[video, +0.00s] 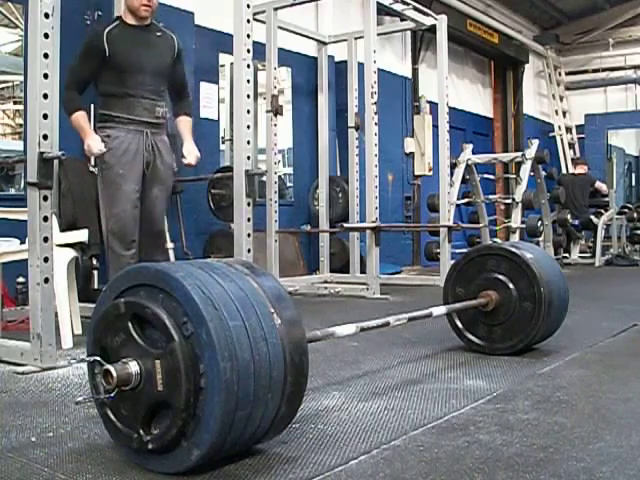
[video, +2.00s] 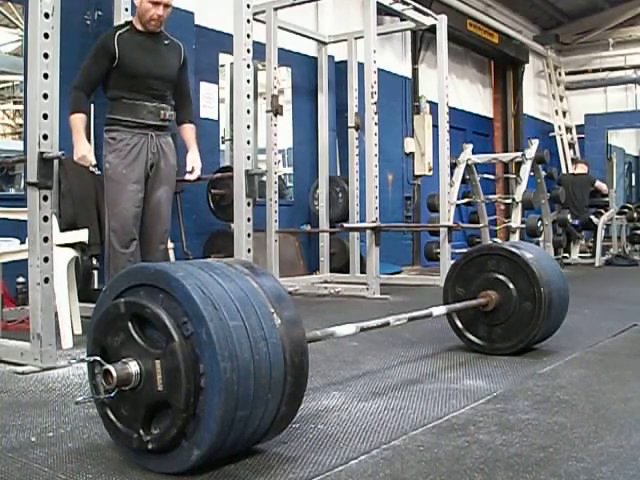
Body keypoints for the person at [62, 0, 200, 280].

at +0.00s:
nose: (148, 2)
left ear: (156, 3)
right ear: (126, 0)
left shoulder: (169, 42)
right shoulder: (104, 36)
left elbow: (180, 96)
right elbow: (71, 90)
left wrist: (187, 139)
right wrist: (87, 134)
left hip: (160, 139)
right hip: (118, 137)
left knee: (156, 228)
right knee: (122, 228)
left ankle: (160, 303)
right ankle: (122, 306)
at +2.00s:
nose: (159, 12)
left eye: (166, 6)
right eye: (153, 4)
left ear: (170, 10)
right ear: (137, 3)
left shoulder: (176, 50)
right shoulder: (114, 40)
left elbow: (183, 106)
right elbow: (80, 92)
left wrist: (192, 149)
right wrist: (80, 141)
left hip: (164, 143)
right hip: (123, 141)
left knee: (158, 232)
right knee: (124, 229)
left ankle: (157, 304)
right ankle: (122, 304)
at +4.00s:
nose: (139, 0)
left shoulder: (161, 27)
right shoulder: (92, 22)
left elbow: (173, 83)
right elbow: (54, 73)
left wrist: (187, 131)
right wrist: (57, 129)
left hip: (152, 134)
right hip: (106, 133)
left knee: (157, 224)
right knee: (108, 227)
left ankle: (148, 310)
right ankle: (107, 317)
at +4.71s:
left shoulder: (211, 23)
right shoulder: (136, 11)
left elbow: (220, 80)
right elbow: (90, 67)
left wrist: (238, 136)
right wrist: (83, 133)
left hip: (186, 128)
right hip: (143, 123)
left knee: (181, 217)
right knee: (166, 207)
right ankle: (144, 294)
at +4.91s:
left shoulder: (238, 17)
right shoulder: (160, 8)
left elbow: (249, 80)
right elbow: (111, 66)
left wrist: (273, 136)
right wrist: (107, 135)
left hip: (218, 127)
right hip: (174, 124)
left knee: (197, 228)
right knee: (209, 220)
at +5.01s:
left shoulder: (253, 10)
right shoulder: (178, 4)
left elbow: (260, 76)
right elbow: (129, 61)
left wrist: (281, 134)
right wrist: (132, 137)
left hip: (237, 125)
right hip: (189, 120)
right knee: (221, 231)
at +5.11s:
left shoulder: (268, 5)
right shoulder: (193, 3)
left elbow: (271, 67)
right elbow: (147, 51)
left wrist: (284, 130)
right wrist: (156, 123)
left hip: (255, 117)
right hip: (205, 115)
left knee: (296, 214)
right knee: (227, 239)